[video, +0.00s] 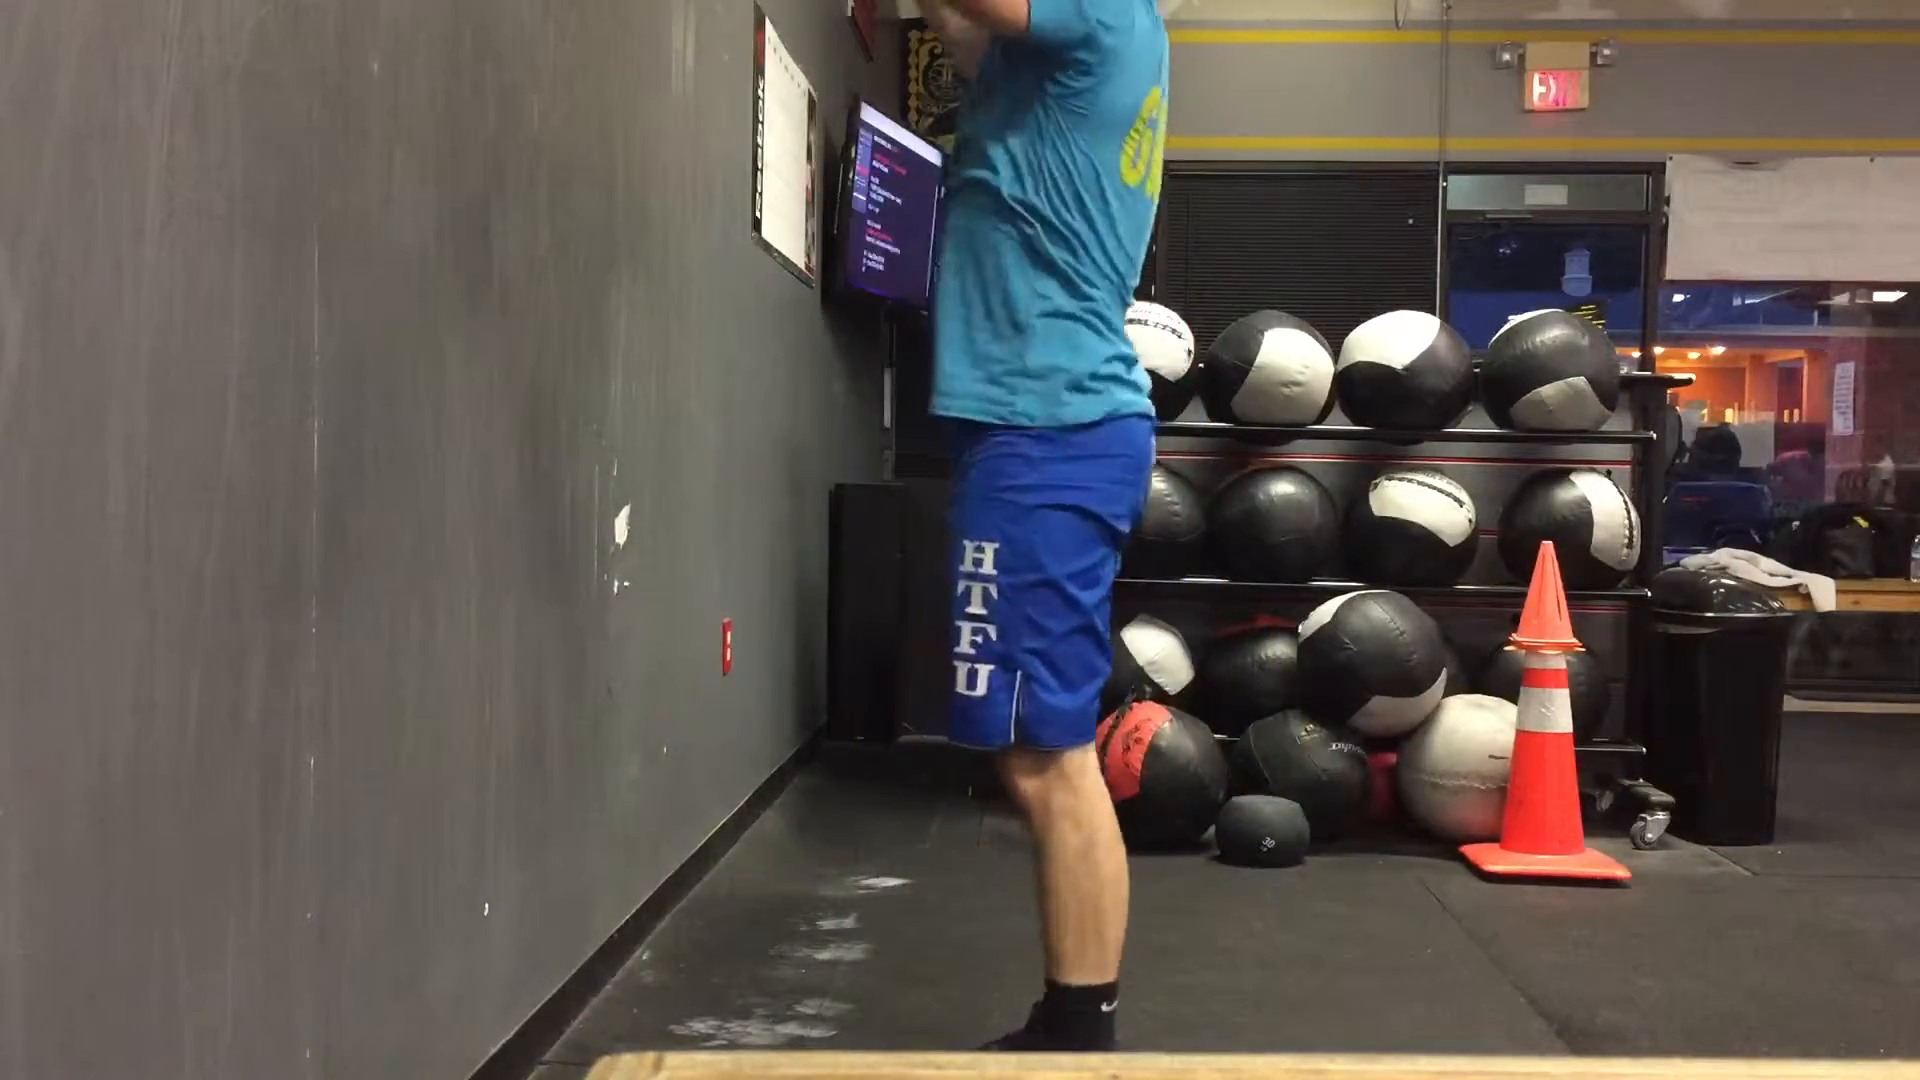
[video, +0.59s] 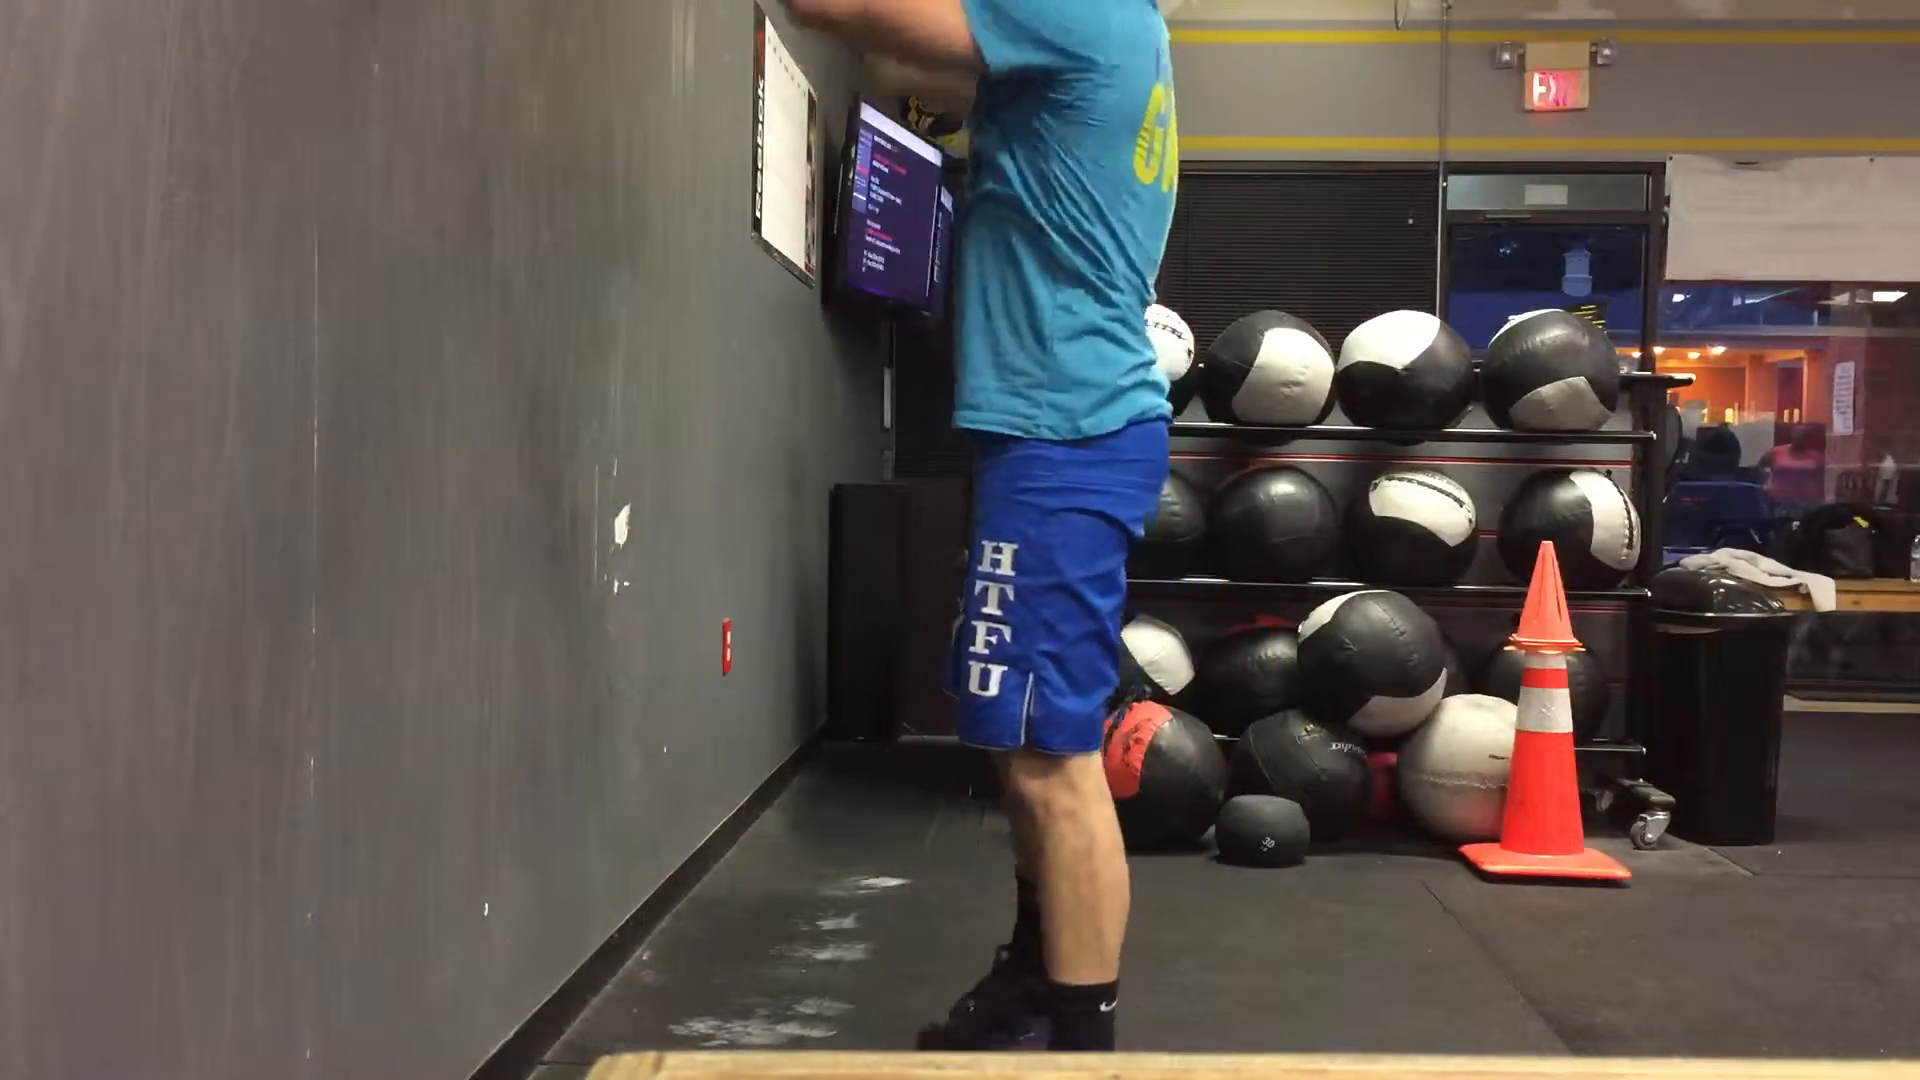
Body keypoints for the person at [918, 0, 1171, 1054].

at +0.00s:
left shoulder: (1101, 19)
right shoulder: (1083, 31)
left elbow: (981, 7)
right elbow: (976, 36)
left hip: (1055, 430)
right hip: (1039, 426)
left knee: (1054, 757)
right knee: (1028, 756)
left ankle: (1083, 1030)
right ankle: (1073, 1020)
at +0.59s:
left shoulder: (1083, 17)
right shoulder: (1104, 26)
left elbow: (863, 19)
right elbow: (918, 75)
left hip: (1069, 429)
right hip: (1053, 425)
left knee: (1053, 753)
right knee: (1028, 741)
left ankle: (1084, 1040)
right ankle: (1038, 983)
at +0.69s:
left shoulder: (1066, 49)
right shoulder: (1090, 45)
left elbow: (882, 194)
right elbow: (941, 208)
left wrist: (757, 61)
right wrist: (881, 152)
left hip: (1067, 444)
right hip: (1059, 440)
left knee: (1025, 756)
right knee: (1021, 750)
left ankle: (1071, 1025)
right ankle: (1046, 998)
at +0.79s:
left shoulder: (1042, 79)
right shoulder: (1072, 67)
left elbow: (985, 286)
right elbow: (1021, 260)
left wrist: (810, 214)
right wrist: (903, 189)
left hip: (1072, 453)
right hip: (1084, 447)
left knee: (969, 742)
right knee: (1018, 736)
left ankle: (1048, 1010)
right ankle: (1053, 994)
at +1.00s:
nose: (929, 5)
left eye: (939, 2)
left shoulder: (1041, 68)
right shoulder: (1027, 73)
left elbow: (1108, 265)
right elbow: (1046, 271)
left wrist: (925, 318)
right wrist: (900, 310)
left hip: (1075, 447)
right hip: (1066, 445)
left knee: (979, 732)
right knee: (1027, 730)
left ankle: (1053, 1015)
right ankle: (1057, 998)